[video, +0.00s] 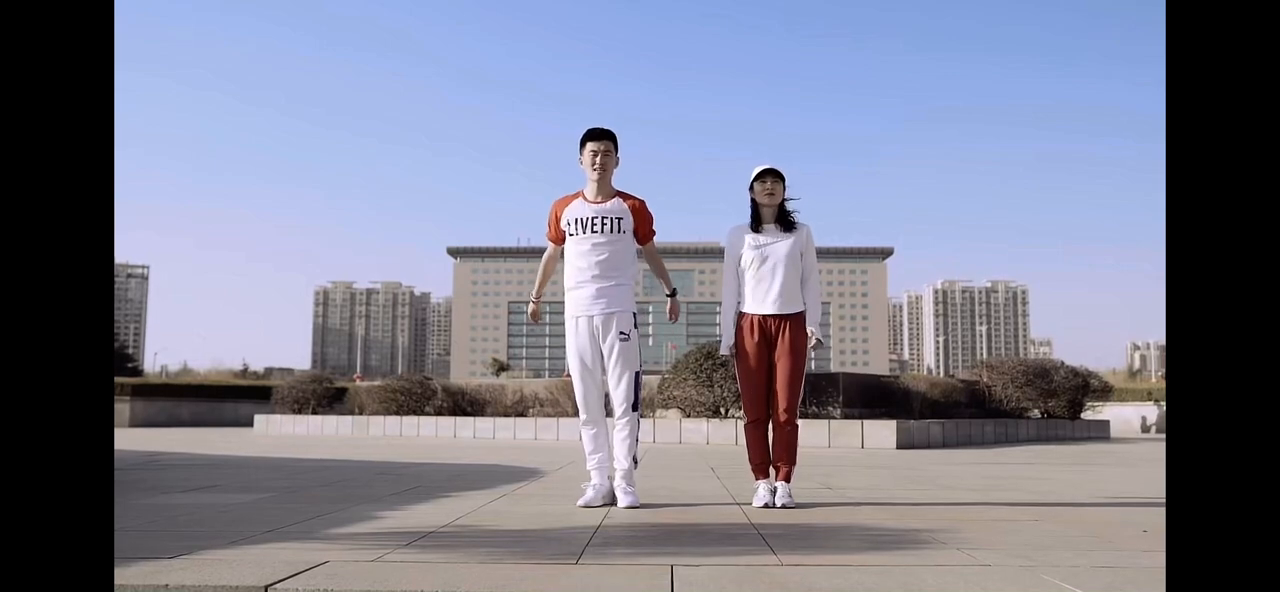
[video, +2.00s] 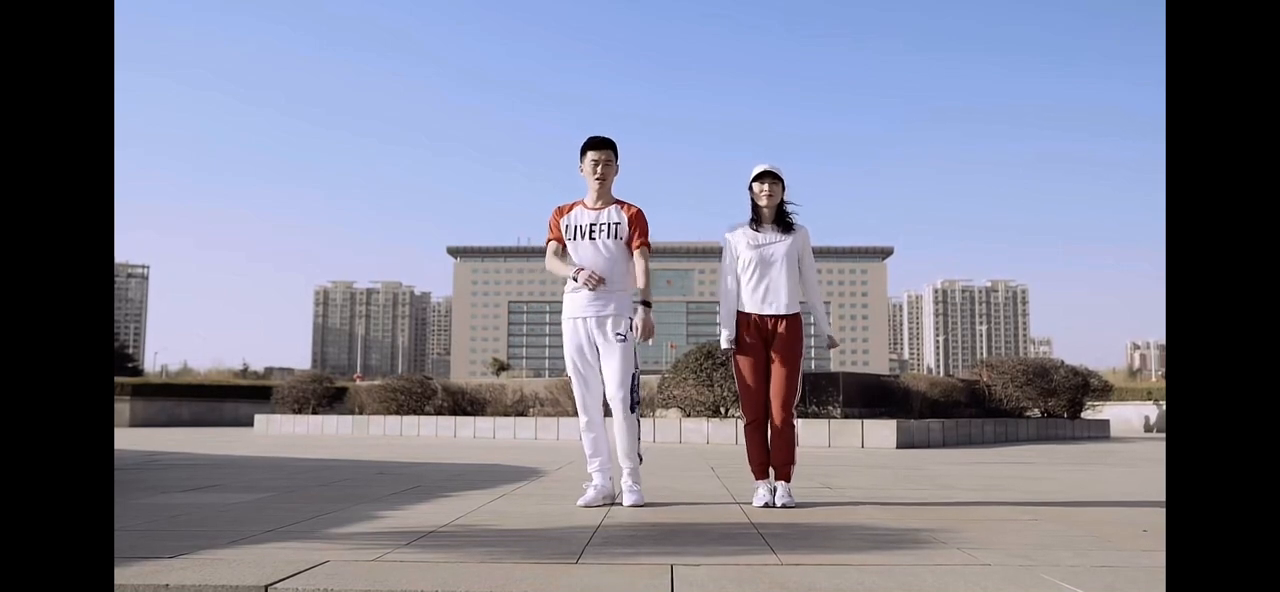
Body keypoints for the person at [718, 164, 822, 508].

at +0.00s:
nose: (769, 187)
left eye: (775, 182)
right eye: (762, 182)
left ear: (784, 191)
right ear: (752, 191)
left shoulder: (801, 233)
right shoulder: (739, 234)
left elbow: (811, 281)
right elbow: (730, 286)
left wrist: (813, 324)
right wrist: (726, 332)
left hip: (791, 325)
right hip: (750, 325)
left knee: (786, 408)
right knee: (755, 409)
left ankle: (783, 482)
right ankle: (762, 481)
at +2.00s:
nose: (766, 188)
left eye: (772, 184)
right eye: (760, 183)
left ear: (782, 192)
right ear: (752, 191)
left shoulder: (797, 234)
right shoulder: (735, 237)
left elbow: (811, 285)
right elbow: (728, 288)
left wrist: (825, 328)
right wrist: (726, 330)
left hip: (787, 324)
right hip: (747, 324)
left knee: (781, 411)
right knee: (754, 411)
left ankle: (783, 483)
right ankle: (762, 483)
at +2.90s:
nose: (763, 189)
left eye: (769, 184)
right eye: (757, 184)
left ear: (778, 191)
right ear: (747, 191)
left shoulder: (796, 231)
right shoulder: (733, 234)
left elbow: (814, 275)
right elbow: (717, 284)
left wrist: (799, 280)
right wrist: (711, 330)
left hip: (783, 324)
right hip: (745, 325)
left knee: (777, 403)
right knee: (753, 406)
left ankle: (785, 478)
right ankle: (761, 481)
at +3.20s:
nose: (761, 194)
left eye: (767, 188)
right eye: (755, 188)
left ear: (776, 193)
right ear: (746, 194)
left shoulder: (795, 232)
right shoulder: (733, 237)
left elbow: (807, 274)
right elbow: (721, 289)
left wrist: (806, 293)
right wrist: (706, 332)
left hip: (785, 323)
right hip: (746, 326)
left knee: (771, 389)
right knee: (752, 404)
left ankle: (782, 452)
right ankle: (762, 480)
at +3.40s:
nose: (766, 184)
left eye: (773, 179)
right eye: (761, 178)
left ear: (782, 185)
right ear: (752, 184)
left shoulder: (796, 227)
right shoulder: (734, 228)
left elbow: (806, 273)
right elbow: (728, 272)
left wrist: (808, 311)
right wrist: (742, 306)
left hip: (785, 307)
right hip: (746, 312)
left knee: (771, 339)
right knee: (753, 400)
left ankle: (777, 417)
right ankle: (760, 478)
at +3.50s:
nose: (771, 185)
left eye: (777, 179)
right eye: (765, 179)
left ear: (786, 185)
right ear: (755, 185)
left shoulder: (795, 225)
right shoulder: (736, 222)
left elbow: (803, 263)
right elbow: (721, 261)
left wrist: (811, 297)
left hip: (785, 311)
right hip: (747, 311)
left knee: (775, 378)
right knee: (750, 398)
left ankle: (779, 459)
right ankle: (758, 471)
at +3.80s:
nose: (773, 180)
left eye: (779, 174)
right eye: (767, 174)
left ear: (788, 180)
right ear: (757, 180)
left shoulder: (803, 220)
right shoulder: (742, 218)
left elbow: (813, 269)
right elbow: (732, 259)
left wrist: (818, 312)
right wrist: (747, 279)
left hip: (788, 309)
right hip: (749, 308)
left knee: (784, 394)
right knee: (748, 393)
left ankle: (784, 476)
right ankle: (756, 445)